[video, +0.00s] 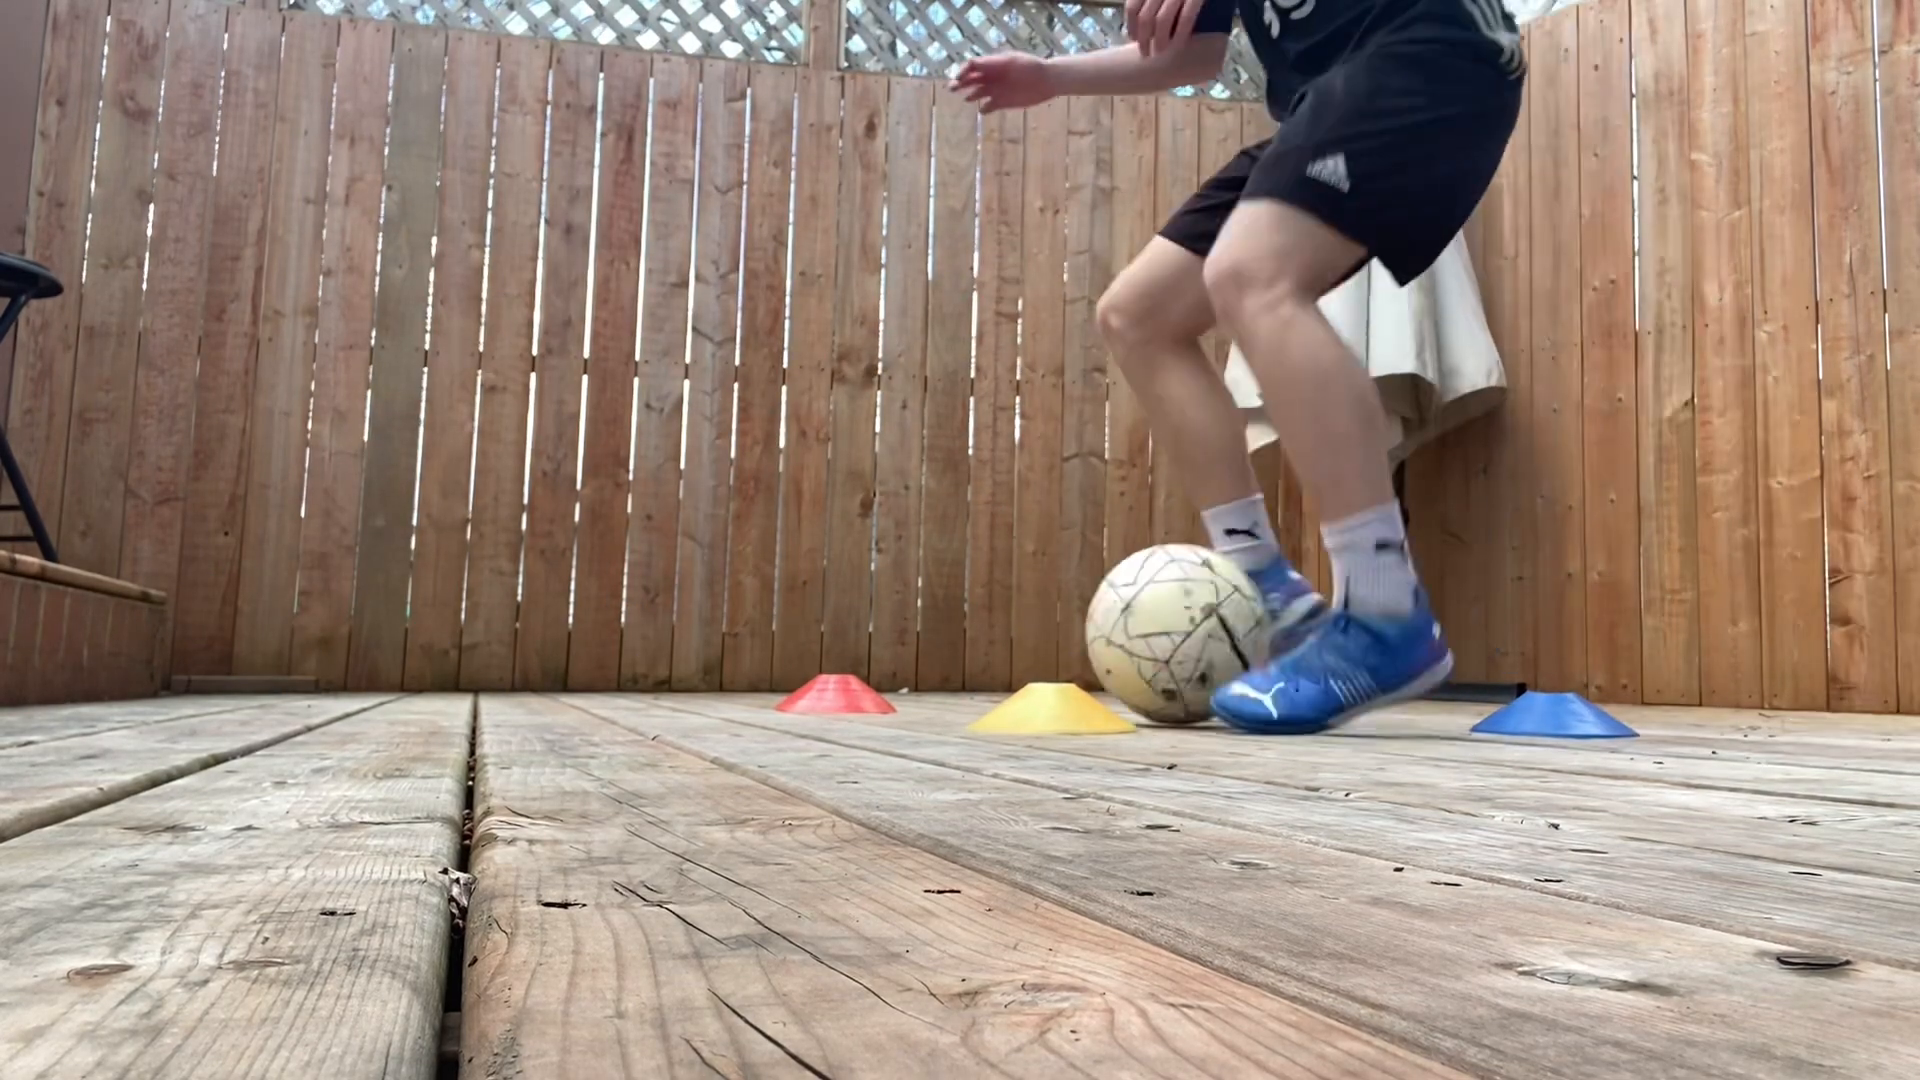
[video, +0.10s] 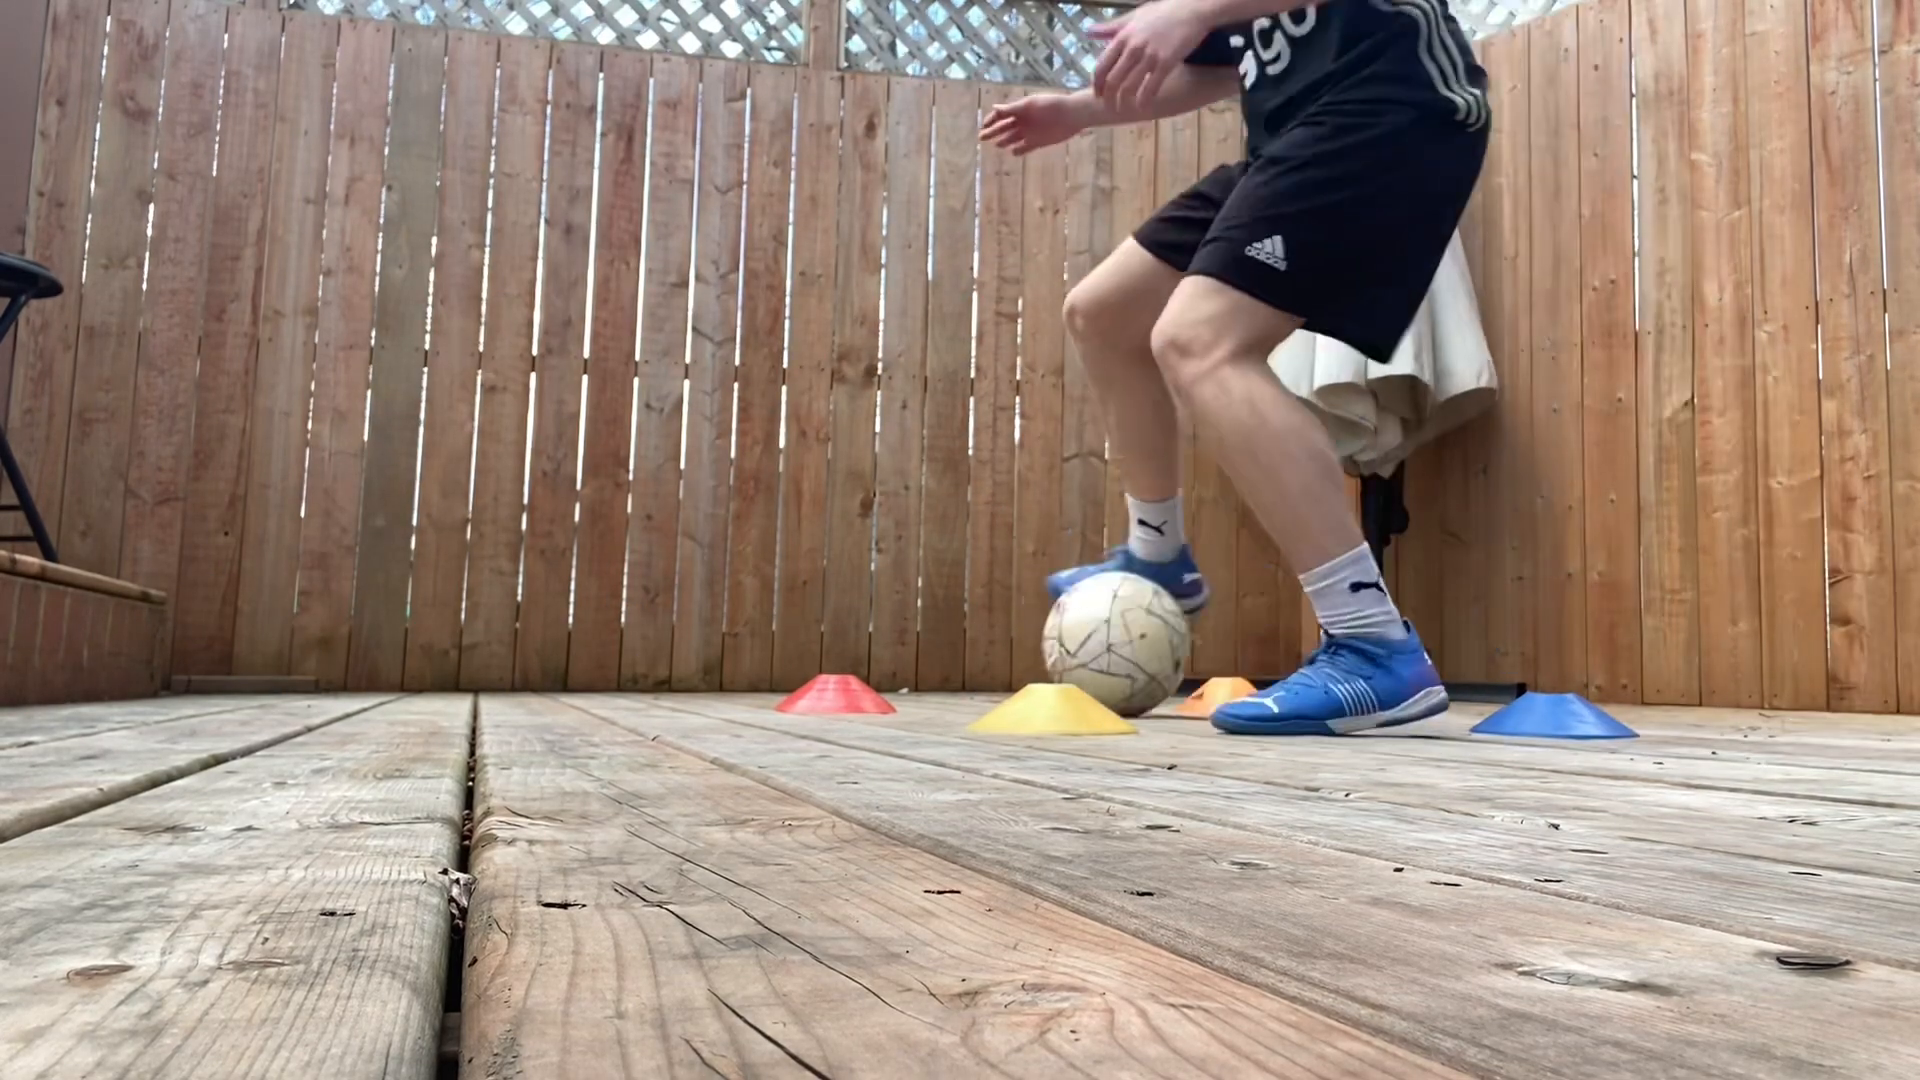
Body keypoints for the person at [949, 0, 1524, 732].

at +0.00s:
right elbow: (1197, 52)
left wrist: (1188, 5)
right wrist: (1050, 75)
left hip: (1431, 37)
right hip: (1321, 86)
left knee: (1255, 274)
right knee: (1139, 316)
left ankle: (1389, 621)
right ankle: (1265, 599)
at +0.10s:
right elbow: (1234, 61)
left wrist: (1197, 9)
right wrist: (1083, 109)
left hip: (1388, 97)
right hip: (1292, 123)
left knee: (1200, 343)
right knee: (1104, 315)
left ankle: (1377, 650)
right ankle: (1157, 560)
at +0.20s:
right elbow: (1209, 51)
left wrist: (1193, 76)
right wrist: (1079, 101)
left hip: (1347, 111)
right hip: (1264, 132)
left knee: (1187, 354)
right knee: (1100, 327)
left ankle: (1374, 648)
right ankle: (1129, 569)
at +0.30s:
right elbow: (1164, 28)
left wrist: (1210, 77)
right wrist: (1050, 74)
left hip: (1309, 100)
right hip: (1231, 120)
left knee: (1207, 352)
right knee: (1115, 357)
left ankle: (1371, 640)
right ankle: (1150, 600)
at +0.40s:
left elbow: (1303, 2)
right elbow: (1127, 11)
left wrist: (1234, 58)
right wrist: (1027, 56)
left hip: (1258, 96)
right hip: (1174, 118)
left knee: (1228, 320)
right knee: (1148, 392)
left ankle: (1323, 618)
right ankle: (1186, 641)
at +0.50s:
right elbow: (1111, 34)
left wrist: (1234, 70)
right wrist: (1006, 83)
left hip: (1246, 114)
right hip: (1153, 144)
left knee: (1193, 323)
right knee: (1074, 376)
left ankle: (1269, 623)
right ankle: (1132, 602)